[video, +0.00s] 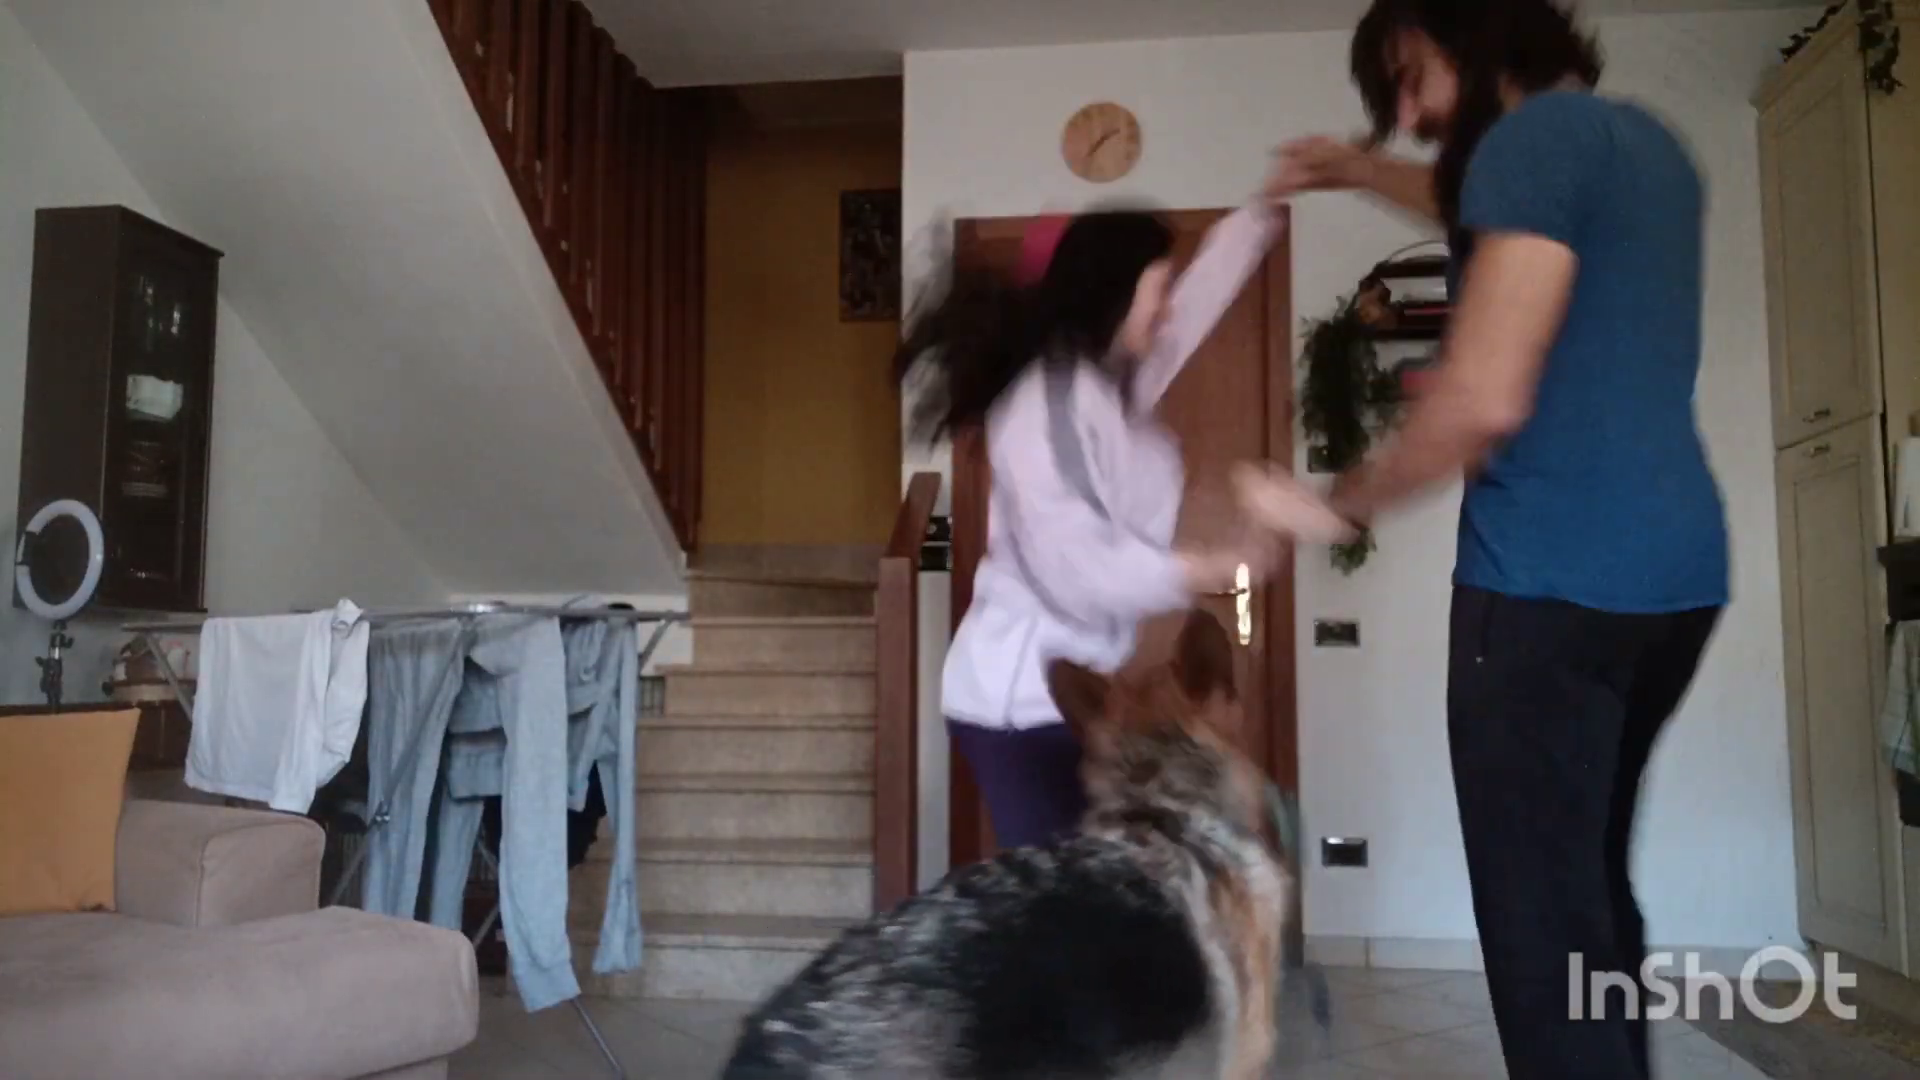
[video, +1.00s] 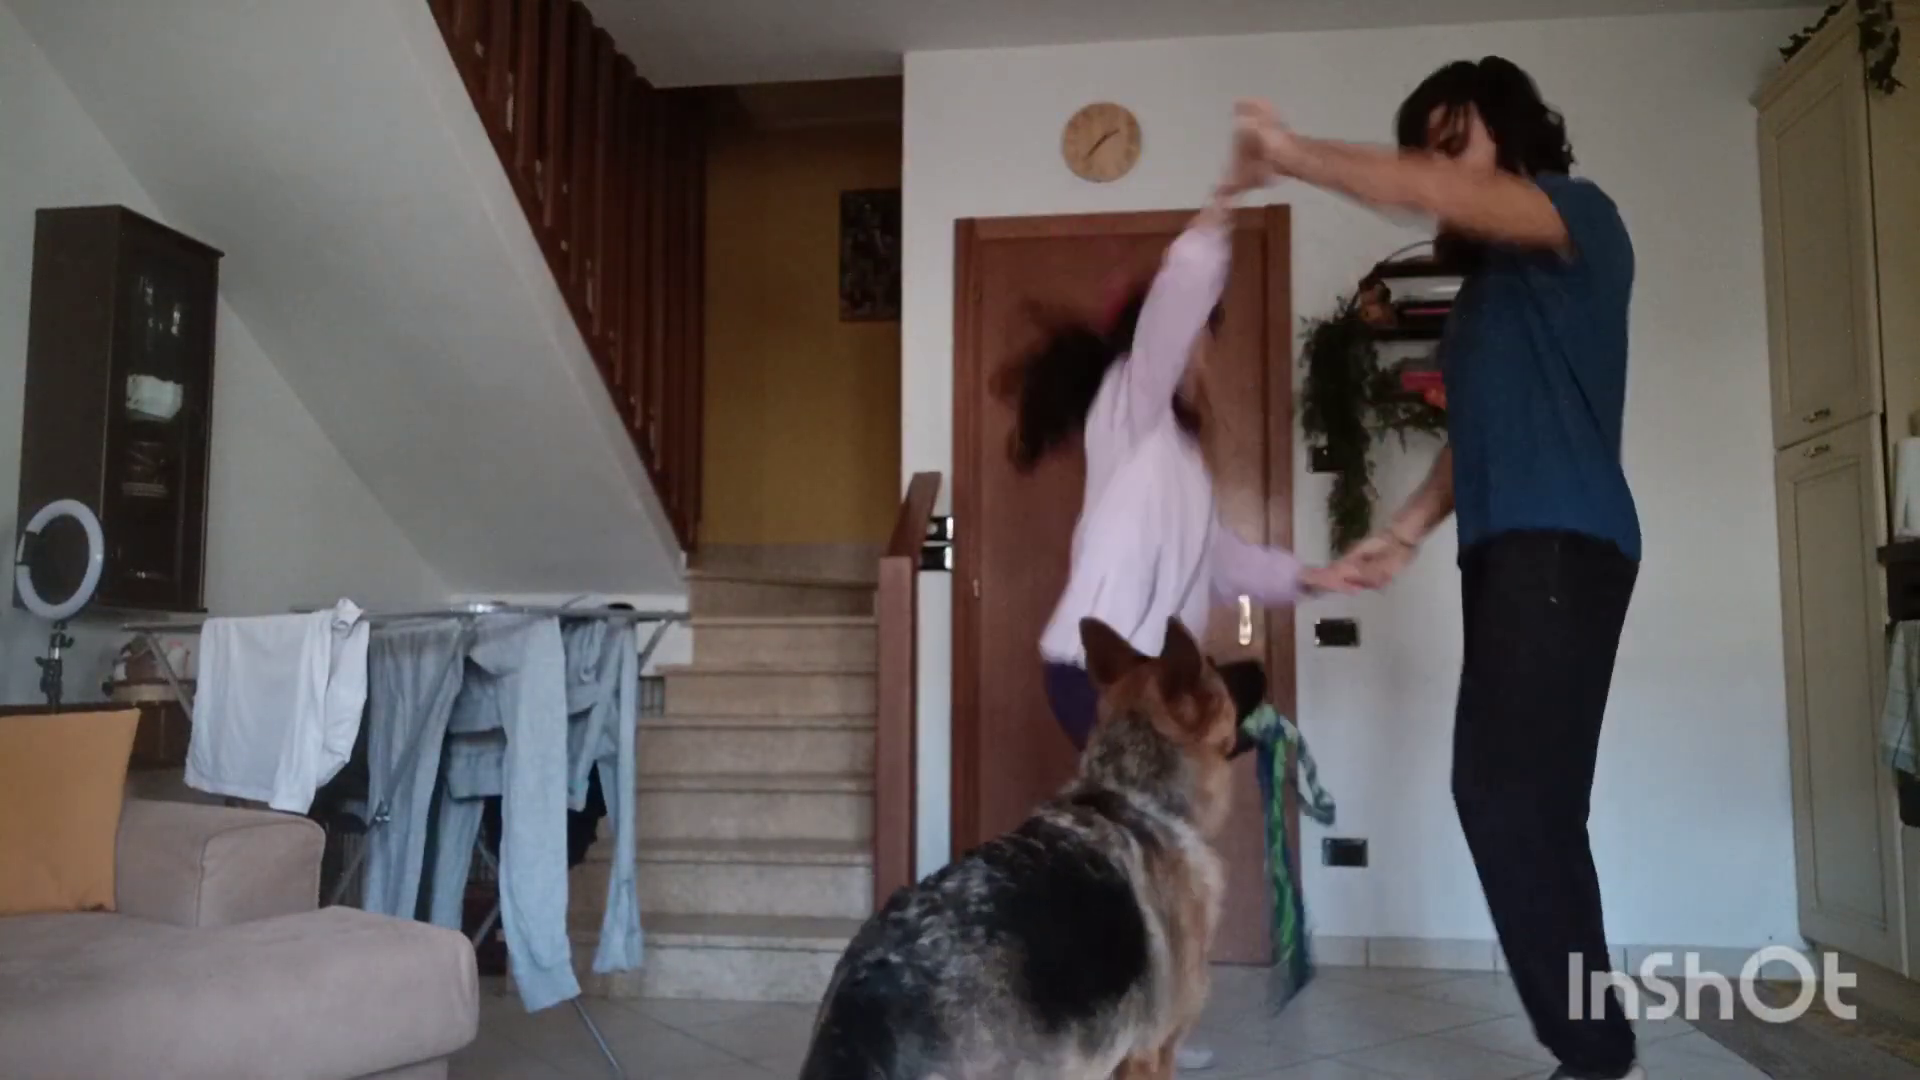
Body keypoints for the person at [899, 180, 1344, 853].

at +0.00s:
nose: (1167, 308)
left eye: (1169, 289)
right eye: (1156, 289)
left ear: (1108, 293)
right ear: (1109, 290)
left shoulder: (1119, 386)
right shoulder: (1038, 400)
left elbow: (1191, 306)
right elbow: (1073, 561)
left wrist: (1268, 206)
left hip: (1075, 687)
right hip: (1014, 697)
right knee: (1064, 902)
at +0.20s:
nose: (1149, 259)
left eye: (1150, 244)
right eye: (1142, 243)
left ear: (1095, 243)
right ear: (1104, 245)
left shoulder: (1093, 327)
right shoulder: (1061, 359)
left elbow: (1149, 246)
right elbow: (1136, 478)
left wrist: (1215, 187)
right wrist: (1282, 525)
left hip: (1107, 613)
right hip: (1064, 624)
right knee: (1078, 818)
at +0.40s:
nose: (1189, 261)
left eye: (1188, 243)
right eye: (1179, 241)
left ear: (1137, 248)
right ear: (1136, 245)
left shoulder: (1139, 339)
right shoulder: (1089, 347)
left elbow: (1183, 463)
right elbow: (1160, 469)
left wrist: (1284, 527)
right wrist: (1291, 530)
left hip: (1125, 622)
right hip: (1081, 628)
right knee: (1113, 815)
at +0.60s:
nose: (1193, 343)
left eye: (1191, 326)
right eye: (1182, 328)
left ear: (1115, 335)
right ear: (1146, 336)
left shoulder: (1094, 421)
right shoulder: (1122, 425)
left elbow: (1197, 501)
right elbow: (1198, 514)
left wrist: (1312, 491)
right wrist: (1336, 496)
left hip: (1083, 669)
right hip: (1117, 677)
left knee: (1107, 837)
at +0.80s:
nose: (1189, 287)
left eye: (1193, 271)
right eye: (1181, 270)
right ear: (1140, 262)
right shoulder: (1109, 343)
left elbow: (1144, 470)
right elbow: (1207, 341)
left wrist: (1227, 530)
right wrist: (1310, 300)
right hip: (1115, 590)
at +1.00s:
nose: (1201, 350)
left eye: (1203, 336)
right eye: (1186, 335)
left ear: (1191, 356)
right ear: (1149, 346)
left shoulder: (1185, 472)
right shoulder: (1125, 413)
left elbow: (1233, 565)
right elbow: (1163, 321)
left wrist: (1329, 577)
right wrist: (1215, 221)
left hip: (1148, 661)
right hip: (1093, 656)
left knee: (1160, 835)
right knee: (1143, 831)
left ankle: (1144, 1023)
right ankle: (1129, 1025)